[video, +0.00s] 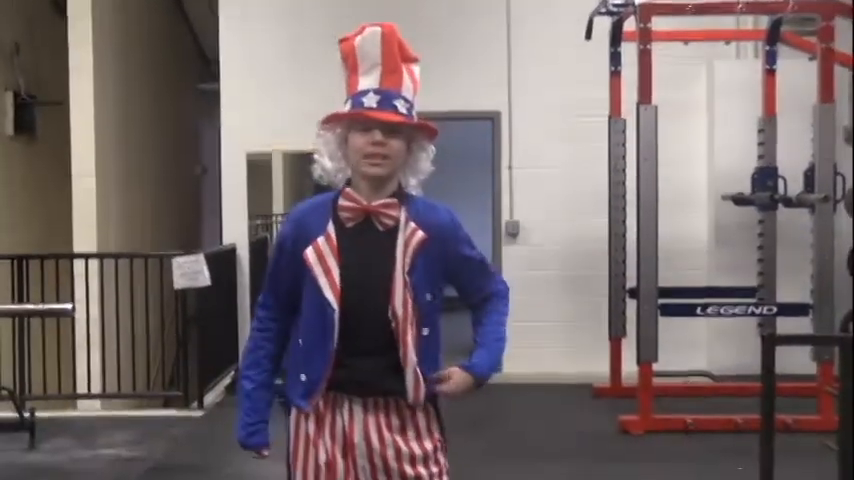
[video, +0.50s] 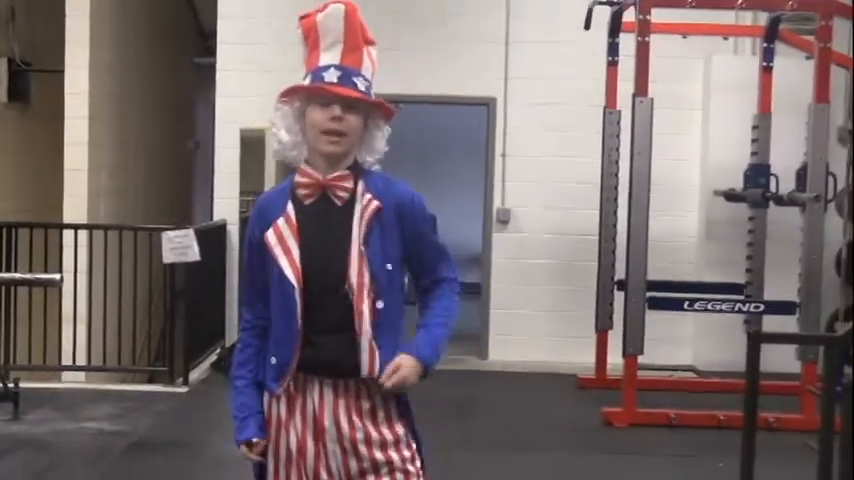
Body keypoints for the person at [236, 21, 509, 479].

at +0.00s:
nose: (377, 143)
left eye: (391, 133)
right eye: (364, 130)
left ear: (410, 148)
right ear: (343, 142)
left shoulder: (435, 226)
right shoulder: (304, 224)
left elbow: (490, 295)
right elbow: (269, 321)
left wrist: (478, 367)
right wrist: (253, 421)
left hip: (407, 422)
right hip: (321, 421)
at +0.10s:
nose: (370, 130)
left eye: (385, 119)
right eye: (358, 115)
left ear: (404, 133)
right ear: (337, 126)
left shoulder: (430, 214)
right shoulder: (299, 210)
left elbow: (479, 284)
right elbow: (269, 309)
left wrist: (490, 353)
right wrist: (252, 405)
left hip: (397, 408)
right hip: (314, 407)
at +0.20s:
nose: (363, 116)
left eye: (378, 105)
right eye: (350, 102)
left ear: (397, 121)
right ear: (329, 114)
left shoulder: (424, 203)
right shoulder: (295, 200)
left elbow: (469, 276)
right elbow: (266, 304)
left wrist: (486, 340)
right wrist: (254, 404)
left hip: (392, 398)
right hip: (307, 397)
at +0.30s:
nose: (357, 107)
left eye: (371, 98)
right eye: (344, 95)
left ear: (388, 114)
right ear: (321, 106)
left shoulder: (415, 197)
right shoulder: (283, 195)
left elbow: (460, 273)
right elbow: (259, 301)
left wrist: (464, 341)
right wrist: (252, 403)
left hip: (383, 392)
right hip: (300, 391)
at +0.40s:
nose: (348, 108)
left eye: (362, 99)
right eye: (335, 95)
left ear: (378, 115)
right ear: (312, 106)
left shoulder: (405, 198)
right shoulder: (274, 199)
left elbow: (449, 275)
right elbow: (254, 309)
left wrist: (441, 344)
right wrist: (249, 405)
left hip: (376, 395)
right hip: (295, 394)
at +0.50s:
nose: (336, 116)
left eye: (350, 107)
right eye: (323, 103)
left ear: (367, 122)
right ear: (301, 114)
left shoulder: (399, 205)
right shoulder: (270, 209)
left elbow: (443, 283)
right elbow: (254, 320)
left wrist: (422, 355)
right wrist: (248, 413)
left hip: (373, 407)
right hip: (293, 407)